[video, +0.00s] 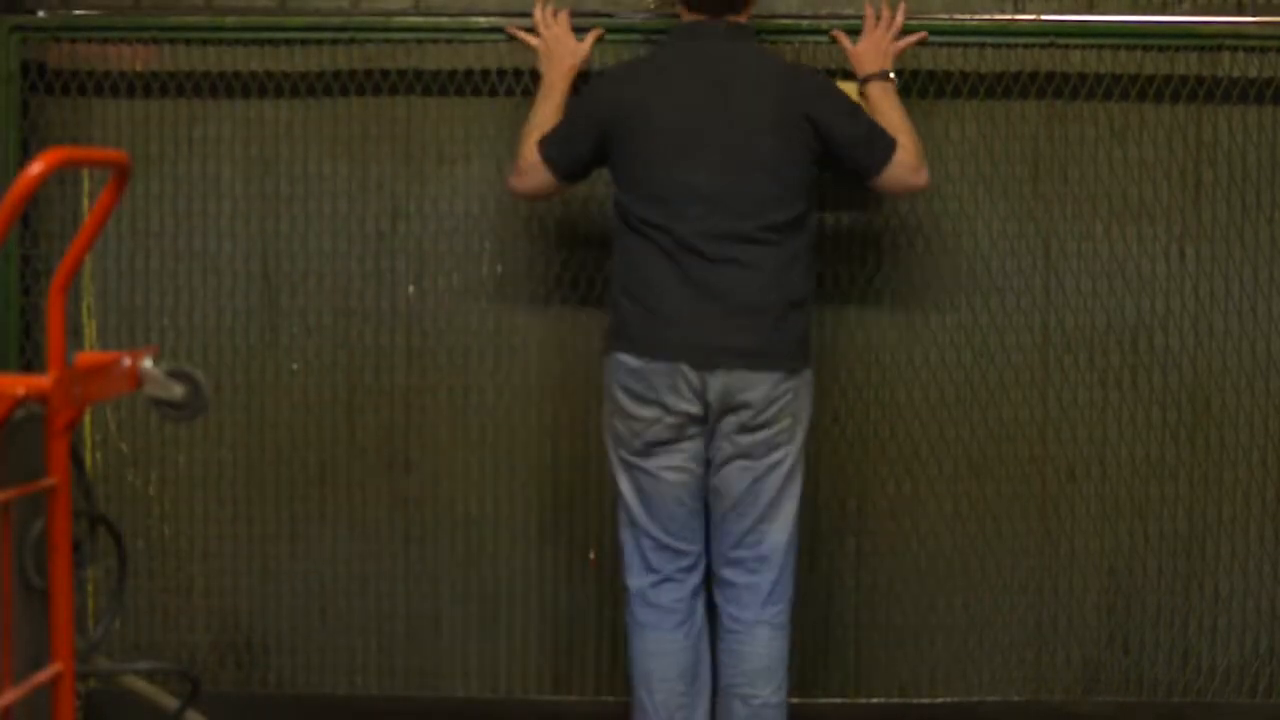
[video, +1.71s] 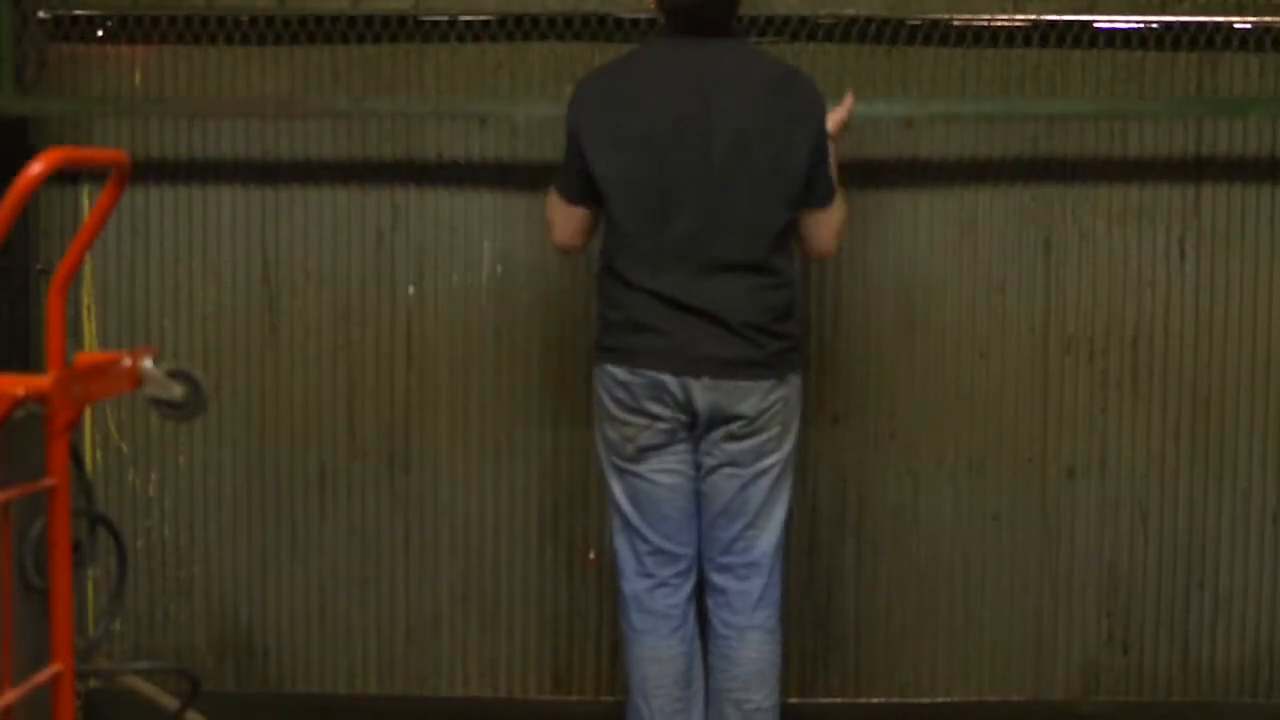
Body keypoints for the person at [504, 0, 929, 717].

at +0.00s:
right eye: (748, 2)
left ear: (677, 4)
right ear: (752, 6)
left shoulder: (628, 87)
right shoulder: (795, 89)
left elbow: (528, 174)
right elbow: (908, 170)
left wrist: (556, 74)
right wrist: (876, 76)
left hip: (651, 353)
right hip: (765, 357)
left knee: (663, 574)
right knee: (754, 576)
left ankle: (670, 717)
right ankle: (753, 715)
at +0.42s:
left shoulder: (633, 68)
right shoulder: (805, 66)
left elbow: (516, 47)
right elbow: (923, 42)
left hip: (653, 335)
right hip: (766, 339)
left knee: (661, 567)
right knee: (756, 569)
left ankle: (665, 714)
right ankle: (758, 712)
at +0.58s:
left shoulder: (629, 68)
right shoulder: (804, 69)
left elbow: (483, 84)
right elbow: (952, 75)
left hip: (651, 338)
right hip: (764, 345)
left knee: (661, 572)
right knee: (753, 574)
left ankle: (667, 714)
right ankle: (752, 713)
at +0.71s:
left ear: (668, 4)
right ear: (746, 3)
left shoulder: (627, 84)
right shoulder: (792, 85)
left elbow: (547, 212)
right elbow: (885, 211)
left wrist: (441, 239)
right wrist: (988, 206)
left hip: (647, 345)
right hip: (760, 355)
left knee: (659, 574)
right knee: (750, 578)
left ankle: (666, 718)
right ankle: (750, 718)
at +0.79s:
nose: (674, 11)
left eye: (666, 6)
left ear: (664, 10)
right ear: (740, 10)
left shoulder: (616, 98)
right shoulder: (794, 98)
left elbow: (570, 249)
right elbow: (843, 251)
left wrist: (512, 359)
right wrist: (914, 339)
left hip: (641, 352)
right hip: (757, 363)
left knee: (658, 575)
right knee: (747, 577)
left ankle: (665, 714)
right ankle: (745, 712)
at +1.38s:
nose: (654, 12)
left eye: (657, 7)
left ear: (660, 13)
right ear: (742, 13)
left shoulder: (606, 96)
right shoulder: (794, 97)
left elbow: (589, 255)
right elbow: (812, 264)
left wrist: (578, 268)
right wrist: (828, 270)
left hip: (635, 367)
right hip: (753, 371)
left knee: (654, 586)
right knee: (744, 587)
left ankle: (665, 717)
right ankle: (745, 716)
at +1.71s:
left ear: (659, 5)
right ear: (738, 5)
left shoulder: (606, 91)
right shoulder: (790, 93)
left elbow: (566, 230)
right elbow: (824, 236)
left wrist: (623, 163)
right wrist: (824, 145)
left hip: (637, 367)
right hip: (753, 371)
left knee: (656, 583)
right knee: (744, 585)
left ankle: (664, 716)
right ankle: (744, 716)